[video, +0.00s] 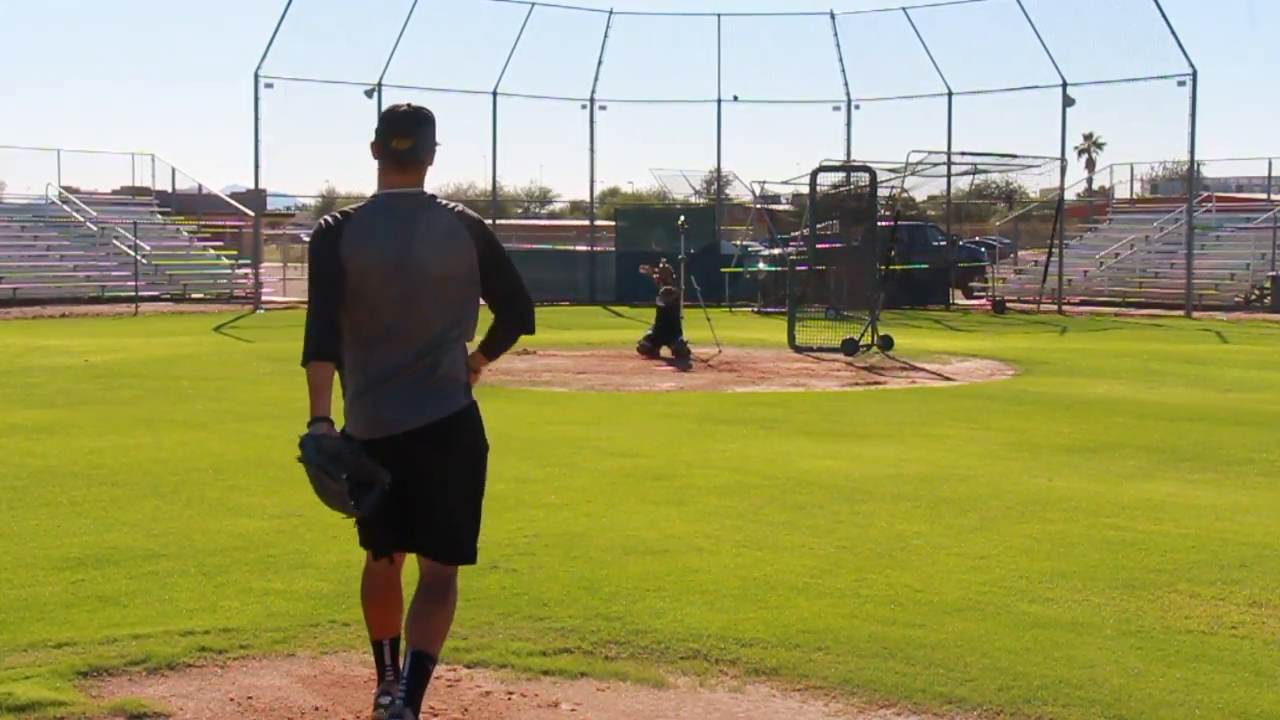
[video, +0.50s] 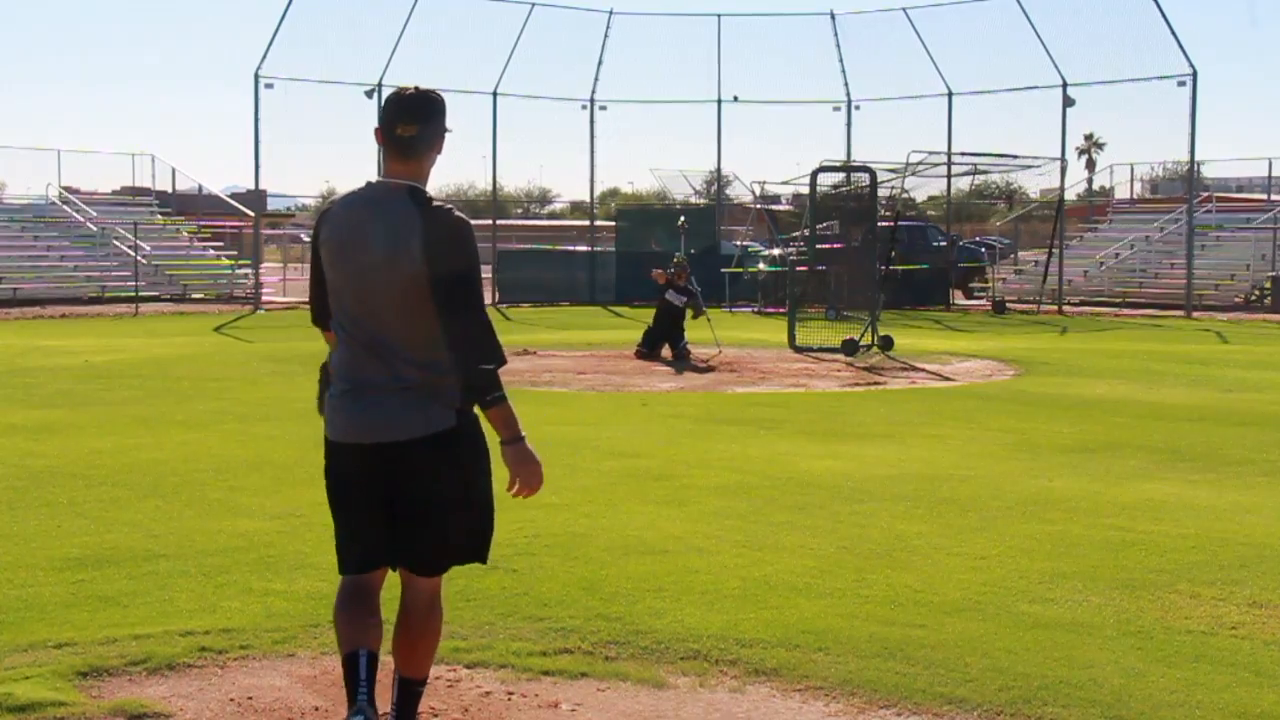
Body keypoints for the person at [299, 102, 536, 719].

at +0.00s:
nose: (409, 160)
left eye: (391, 147)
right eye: (425, 151)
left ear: (375, 154)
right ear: (433, 156)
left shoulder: (337, 235)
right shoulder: (467, 228)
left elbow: (322, 334)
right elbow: (517, 312)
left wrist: (320, 421)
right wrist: (478, 359)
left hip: (372, 428)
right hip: (450, 424)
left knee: (382, 559)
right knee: (440, 571)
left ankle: (389, 683)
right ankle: (407, 699)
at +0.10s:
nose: (431, 158)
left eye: (397, 146)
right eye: (437, 149)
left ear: (381, 150)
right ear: (438, 154)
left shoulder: (333, 235)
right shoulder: (467, 233)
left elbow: (309, 336)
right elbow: (504, 323)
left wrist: (303, 424)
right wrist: (519, 390)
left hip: (368, 428)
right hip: (447, 425)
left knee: (379, 555)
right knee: (437, 575)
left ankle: (380, 690)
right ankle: (406, 706)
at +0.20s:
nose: (437, 154)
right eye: (444, 146)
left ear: (385, 146)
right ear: (445, 152)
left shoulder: (335, 230)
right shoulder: (463, 233)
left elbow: (302, 335)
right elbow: (493, 345)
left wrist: (292, 424)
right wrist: (542, 415)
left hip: (364, 430)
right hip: (443, 428)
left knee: (377, 550)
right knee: (433, 575)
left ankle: (363, 686)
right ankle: (403, 712)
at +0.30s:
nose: (441, 151)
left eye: (423, 139)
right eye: (445, 143)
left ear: (385, 143)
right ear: (445, 148)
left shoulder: (335, 227)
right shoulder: (458, 231)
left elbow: (303, 329)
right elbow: (496, 341)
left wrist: (293, 414)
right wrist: (544, 429)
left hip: (360, 432)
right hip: (439, 430)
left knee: (371, 551)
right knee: (429, 576)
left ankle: (352, 671)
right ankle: (401, 713)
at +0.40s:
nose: (444, 148)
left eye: (434, 138)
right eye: (446, 140)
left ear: (384, 140)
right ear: (442, 145)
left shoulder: (336, 221)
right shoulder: (449, 227)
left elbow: (313, 321)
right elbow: (490, 344)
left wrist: (313, 389)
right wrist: (535, 434)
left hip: (354, 429)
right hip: (435, 430)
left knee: (364, 559)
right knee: (427, 576)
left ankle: (351, 673)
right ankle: (402, 713)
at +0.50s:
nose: (437, 147)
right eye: (441, 138)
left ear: (379, 139)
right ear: (440, 144)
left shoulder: (333, 219)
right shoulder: (444, 227)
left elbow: (325, 318)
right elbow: (472, 348)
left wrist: (384, 345)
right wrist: (513, 439)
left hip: (350, 437)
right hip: (431, 437)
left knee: (359, 574)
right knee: (423, 581)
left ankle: (360, 706)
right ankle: (404, 713)